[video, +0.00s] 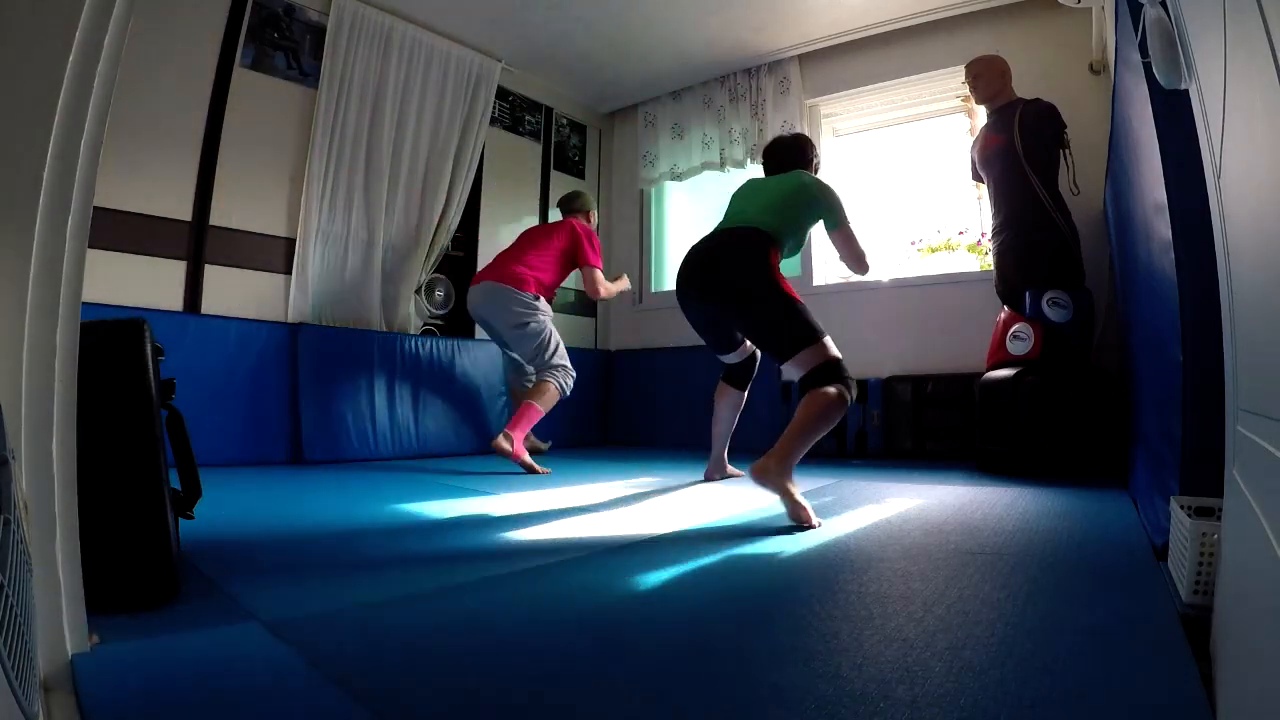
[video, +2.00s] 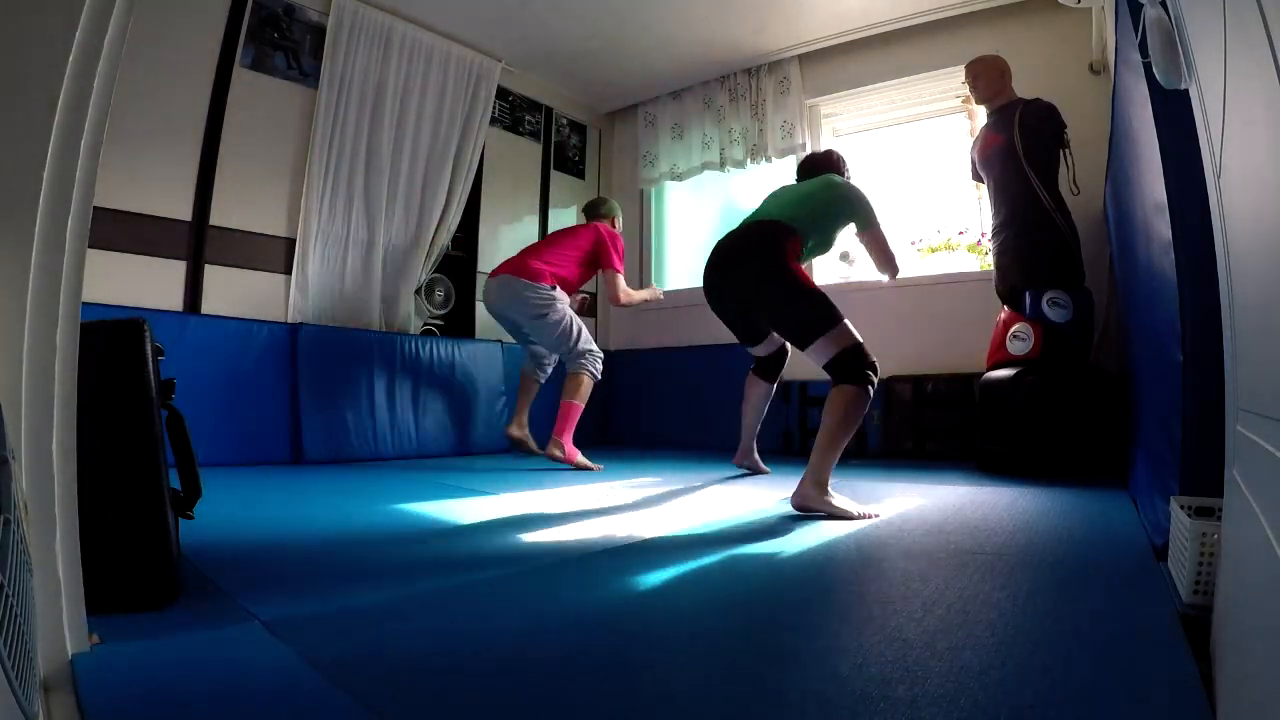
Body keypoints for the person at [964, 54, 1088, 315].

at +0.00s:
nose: (970, 84)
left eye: (976, 76)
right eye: (968, 80)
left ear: (1004, 76)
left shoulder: (1038, 112)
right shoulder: (980, 140)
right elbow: (978, 176)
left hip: (1050, 242)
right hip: (1008, 249)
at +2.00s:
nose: (970, 85)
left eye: (975, 76)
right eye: (967, 81)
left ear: (1003, 75)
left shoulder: (1037, 112)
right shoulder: (980, 141)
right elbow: (977, 175)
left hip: (1050, 244)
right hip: (1008, 252)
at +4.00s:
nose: (971, 85)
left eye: (976, 76)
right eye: (968, 82)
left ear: (1004, 74)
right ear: (969, 91)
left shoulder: (1036, 111)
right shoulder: (981, 139)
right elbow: (978, 175)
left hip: (1050, 245)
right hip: (1008, 253)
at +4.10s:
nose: (971, 84)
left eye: (976, 76)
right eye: (968, 81)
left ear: (1004, 75)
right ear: (969, 90)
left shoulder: (1036, 111)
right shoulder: (980, 141)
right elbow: (979, 177)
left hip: (1050, 245)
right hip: (1008, 253)